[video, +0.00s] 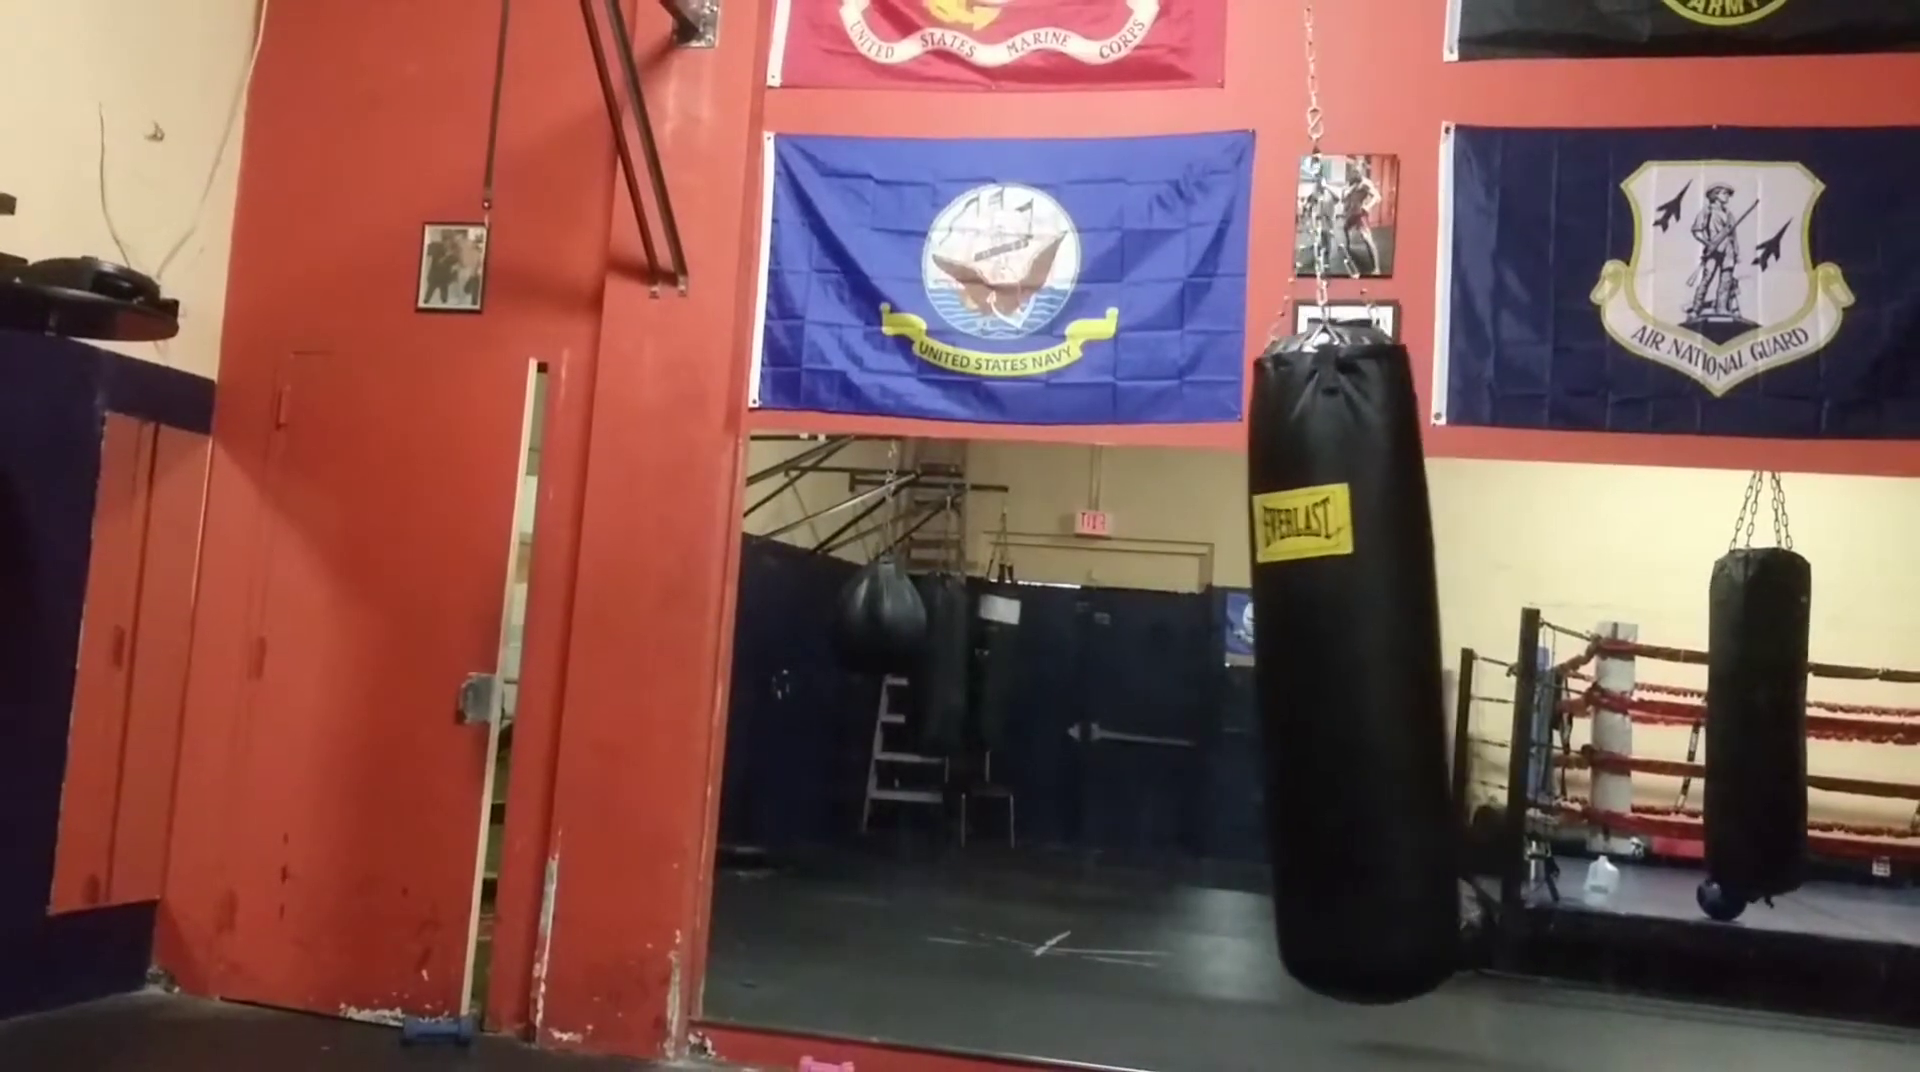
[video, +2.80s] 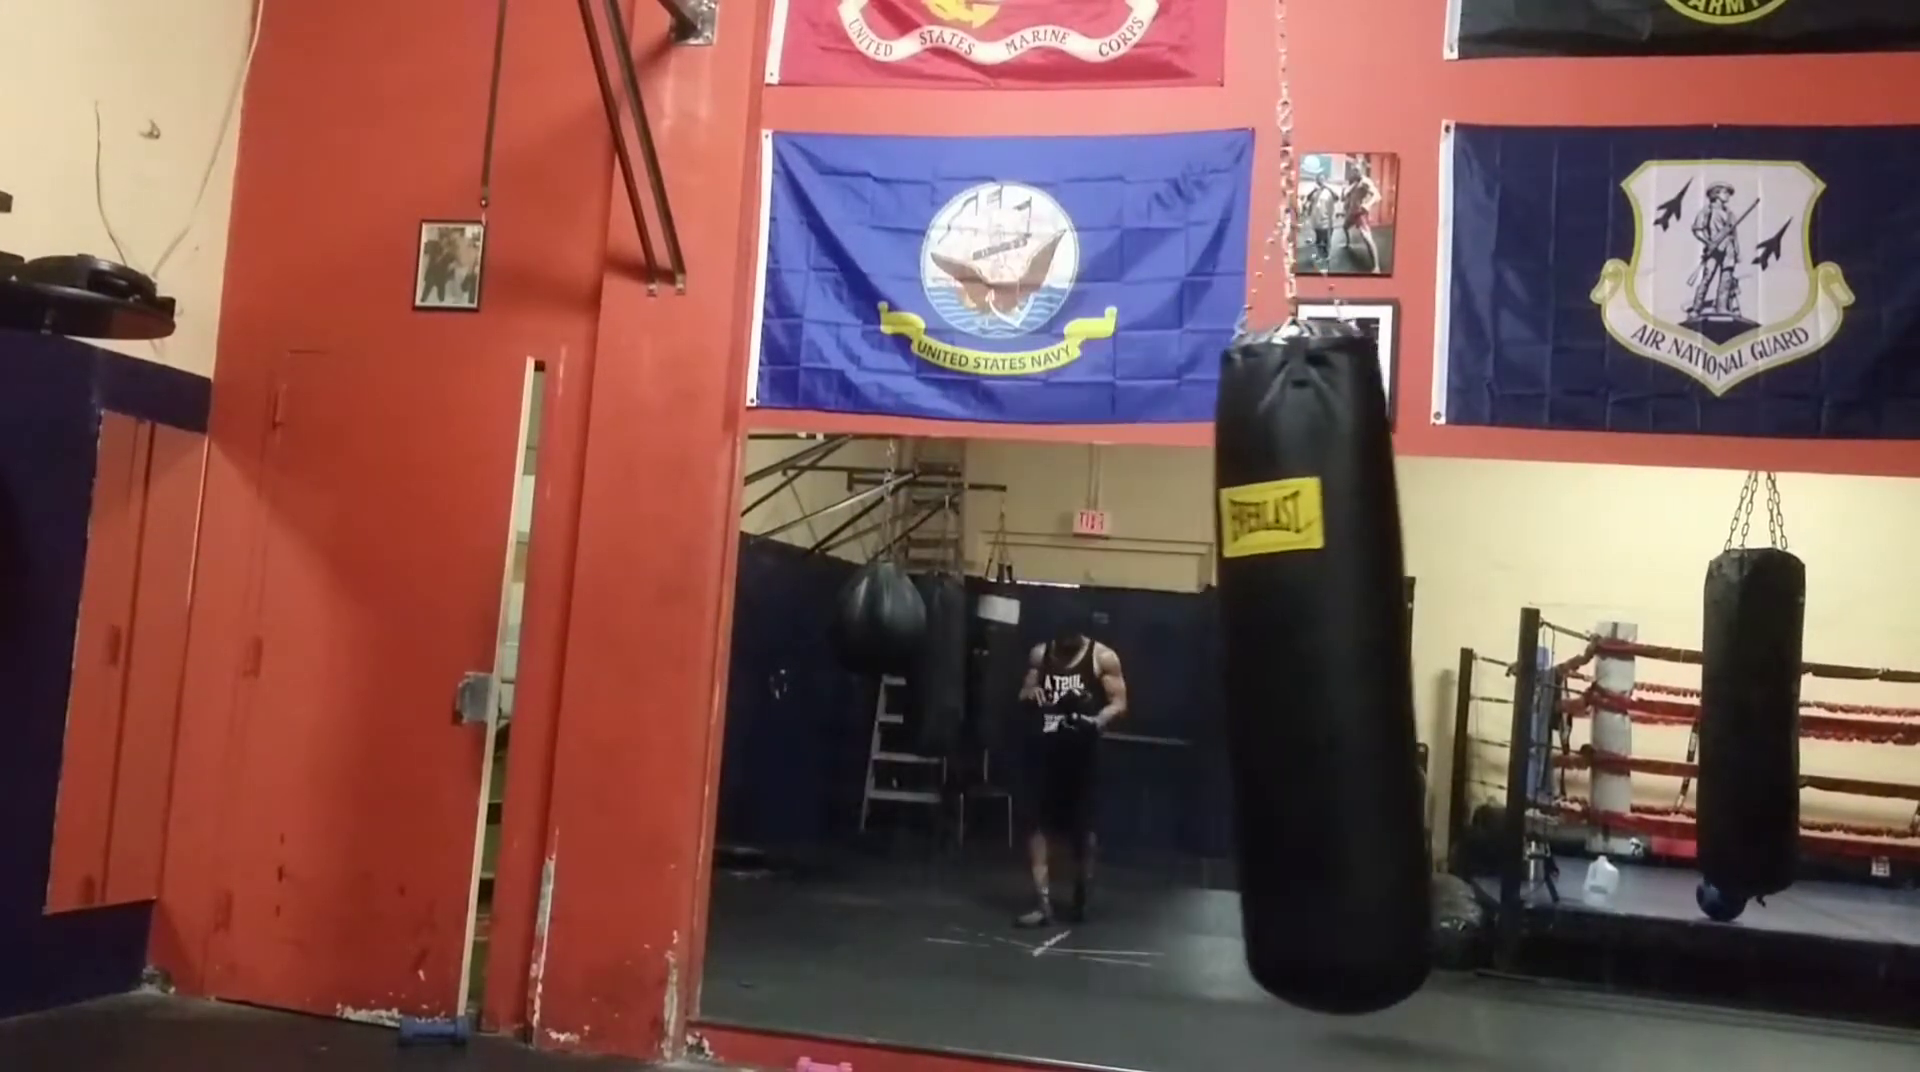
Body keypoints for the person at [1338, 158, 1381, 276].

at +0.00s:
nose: (1354, 173)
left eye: (1356, 171)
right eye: (1352, 171)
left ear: (1360, 172)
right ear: (1349, 172)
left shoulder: (1365, 183)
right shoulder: (1348, 185)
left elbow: (1376, 196)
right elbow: (1343, 198)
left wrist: (1367, 207)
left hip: (1360, 214)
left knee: (1367, 238)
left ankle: (1376, 268)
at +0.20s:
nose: (1352, 174)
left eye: (1354, 171)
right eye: (1351, 171)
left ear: (1359, 172)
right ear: (1350, 173)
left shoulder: (1365, 183)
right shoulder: (1352, 185)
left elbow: (1377, 196)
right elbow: (1346, 199)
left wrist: (1368, 207)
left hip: (1361, 212)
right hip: (1352, 213)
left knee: (1366, 237)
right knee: (1346, 228)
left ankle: (1376, 267)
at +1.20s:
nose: (1353, 175)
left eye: (1355, 172)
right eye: (1352, 172)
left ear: (1359, 173)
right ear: (1351, 174)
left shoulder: (1365, 183)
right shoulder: (1351, 186)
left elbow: (1376, 196)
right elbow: (1345, 199)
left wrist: (1367, 207)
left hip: (1361, 212)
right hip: (1351, 213)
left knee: (1366, 237)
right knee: (1345, 228)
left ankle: (1376, 267)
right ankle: (1348, 245)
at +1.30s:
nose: (1353, 174)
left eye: (1356, 171)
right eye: (1352, 172)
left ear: (1360, 172)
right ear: (1351, 173)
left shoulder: (1365, 182)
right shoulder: (1352, 184)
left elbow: (1377, 195)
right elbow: (1344, 197)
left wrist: (1367, 206)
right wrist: (1352, 187)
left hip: (1361, 211)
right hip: (1352, 212)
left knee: (1367, 237)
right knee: (1345, 227)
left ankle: (1376, 266)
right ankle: (1348, 244)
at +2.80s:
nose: (1352, 173)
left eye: (1355, 170)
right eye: (1351, 170)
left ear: (1359, 171)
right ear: (1351, 171)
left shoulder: (1365, 182)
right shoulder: (1351, 184)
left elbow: (1376, 195)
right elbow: (1344, 198)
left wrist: (1367, 205)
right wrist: (1344, 193)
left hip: (1361, 212)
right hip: (1351, 212)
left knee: (1366, 237)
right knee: (1345, 227)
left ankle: (1376, 266)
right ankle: (1347, 243)